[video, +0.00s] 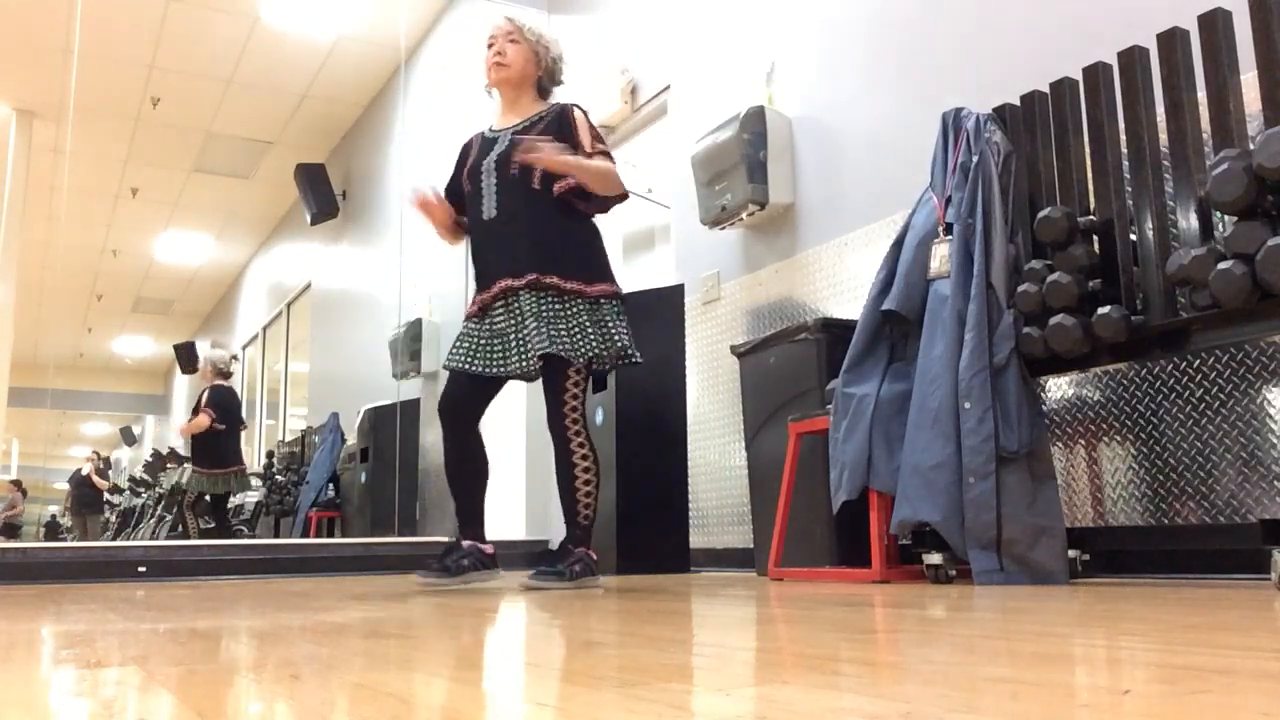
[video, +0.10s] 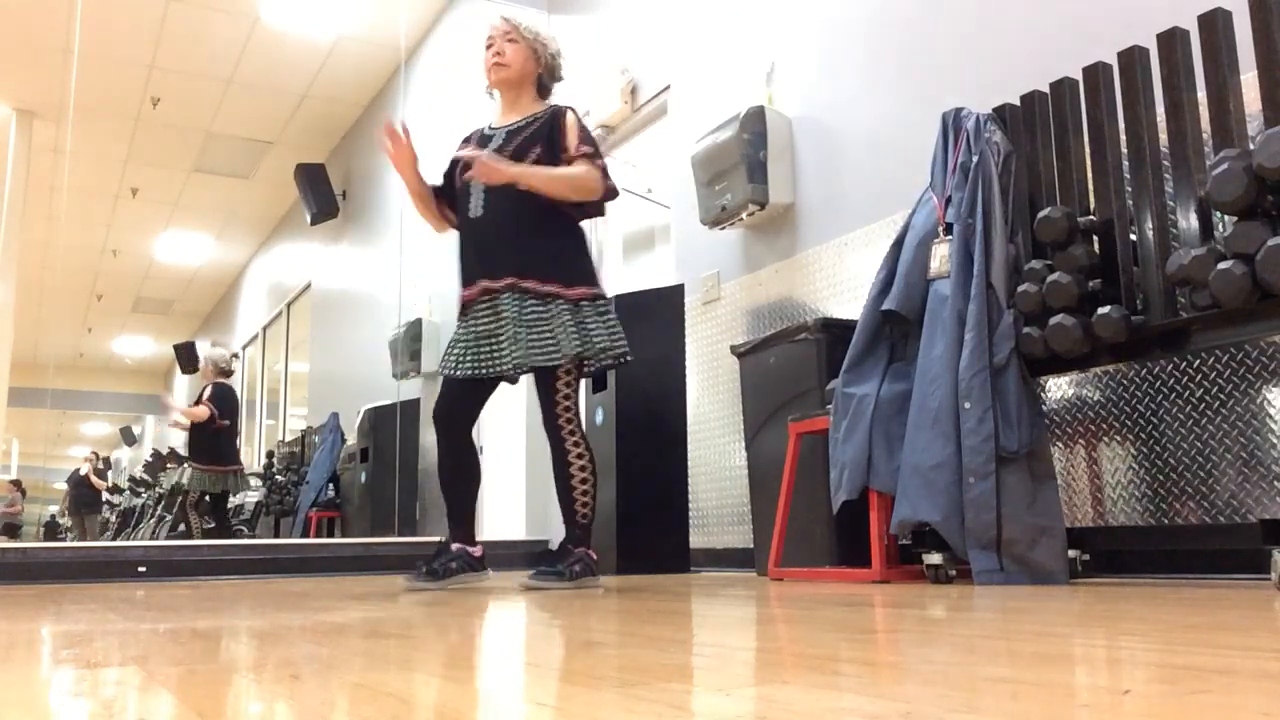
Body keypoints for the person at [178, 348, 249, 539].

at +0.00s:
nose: (201, 370)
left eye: (203, 366)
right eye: (202, 366)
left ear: (210, 369)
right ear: (225, 370)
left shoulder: (212, 392)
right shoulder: (232, 393)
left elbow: (203, 421)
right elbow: (241, 426)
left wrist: (187, 429)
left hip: (208, 467)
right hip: (229, 466)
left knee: (187, 505)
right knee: (220, 510)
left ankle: (196, 548)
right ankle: (227, 551)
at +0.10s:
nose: (200, 368)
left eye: (203, 364)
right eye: (202, 363)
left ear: (211, 367)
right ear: (223, 368)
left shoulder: (214, 389)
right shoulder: (229, 391)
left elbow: (202, 414)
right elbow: (212, 426)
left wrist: (174, 406)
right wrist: (183, 425)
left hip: (207, 465)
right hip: (226, 465)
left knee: (189, 506)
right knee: (220, 510)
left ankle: (198, 550)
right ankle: (229, 553)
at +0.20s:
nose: (200, 366)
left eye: (202, 362)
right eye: (201, 362)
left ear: (210, 366)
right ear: (221, 368)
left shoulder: (214, 388)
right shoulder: (226, 390)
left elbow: (198, 410)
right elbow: (210, 430)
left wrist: (176, 396)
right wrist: (183, 426)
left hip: (207, 464)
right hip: (221, 464)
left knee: (195, 509)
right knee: (216, 511)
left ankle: (202, 555)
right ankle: (229, 553)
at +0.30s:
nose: (198, 365)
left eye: (201, 361)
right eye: (199, 361)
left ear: (207, 364)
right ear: (220, 366)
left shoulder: (213, 387)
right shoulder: (223, 390)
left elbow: (190, 406)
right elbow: (212, 430)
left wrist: (173, 386)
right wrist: (183, 435)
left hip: (204, 461)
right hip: (214, 461)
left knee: (195, 509)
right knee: (203, 507)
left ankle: (200, 554)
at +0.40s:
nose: (196, 367)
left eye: (199, 363)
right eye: (197, 363)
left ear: (206, 366)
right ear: (217, 367)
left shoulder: (212, 389)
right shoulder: (221, 391)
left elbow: (186, 407)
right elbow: (209, 429)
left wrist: (174, 384)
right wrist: (182, 443)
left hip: (203, 461)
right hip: (208, 460)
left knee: (194, 509)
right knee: (195, 509)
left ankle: (200, 554)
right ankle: (199, 553)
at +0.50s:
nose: (194, 368)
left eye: (197, 364)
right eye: (195, 363)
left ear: (205, 367)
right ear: (214, 368)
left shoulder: (214, 391)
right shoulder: (208, 389)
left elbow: (183, 412)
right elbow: (181, 410)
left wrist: (173, 386)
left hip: (203, 463)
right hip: (195, 462)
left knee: (193, 510)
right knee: (191, 510)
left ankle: (200, 554)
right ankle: (198, 553)